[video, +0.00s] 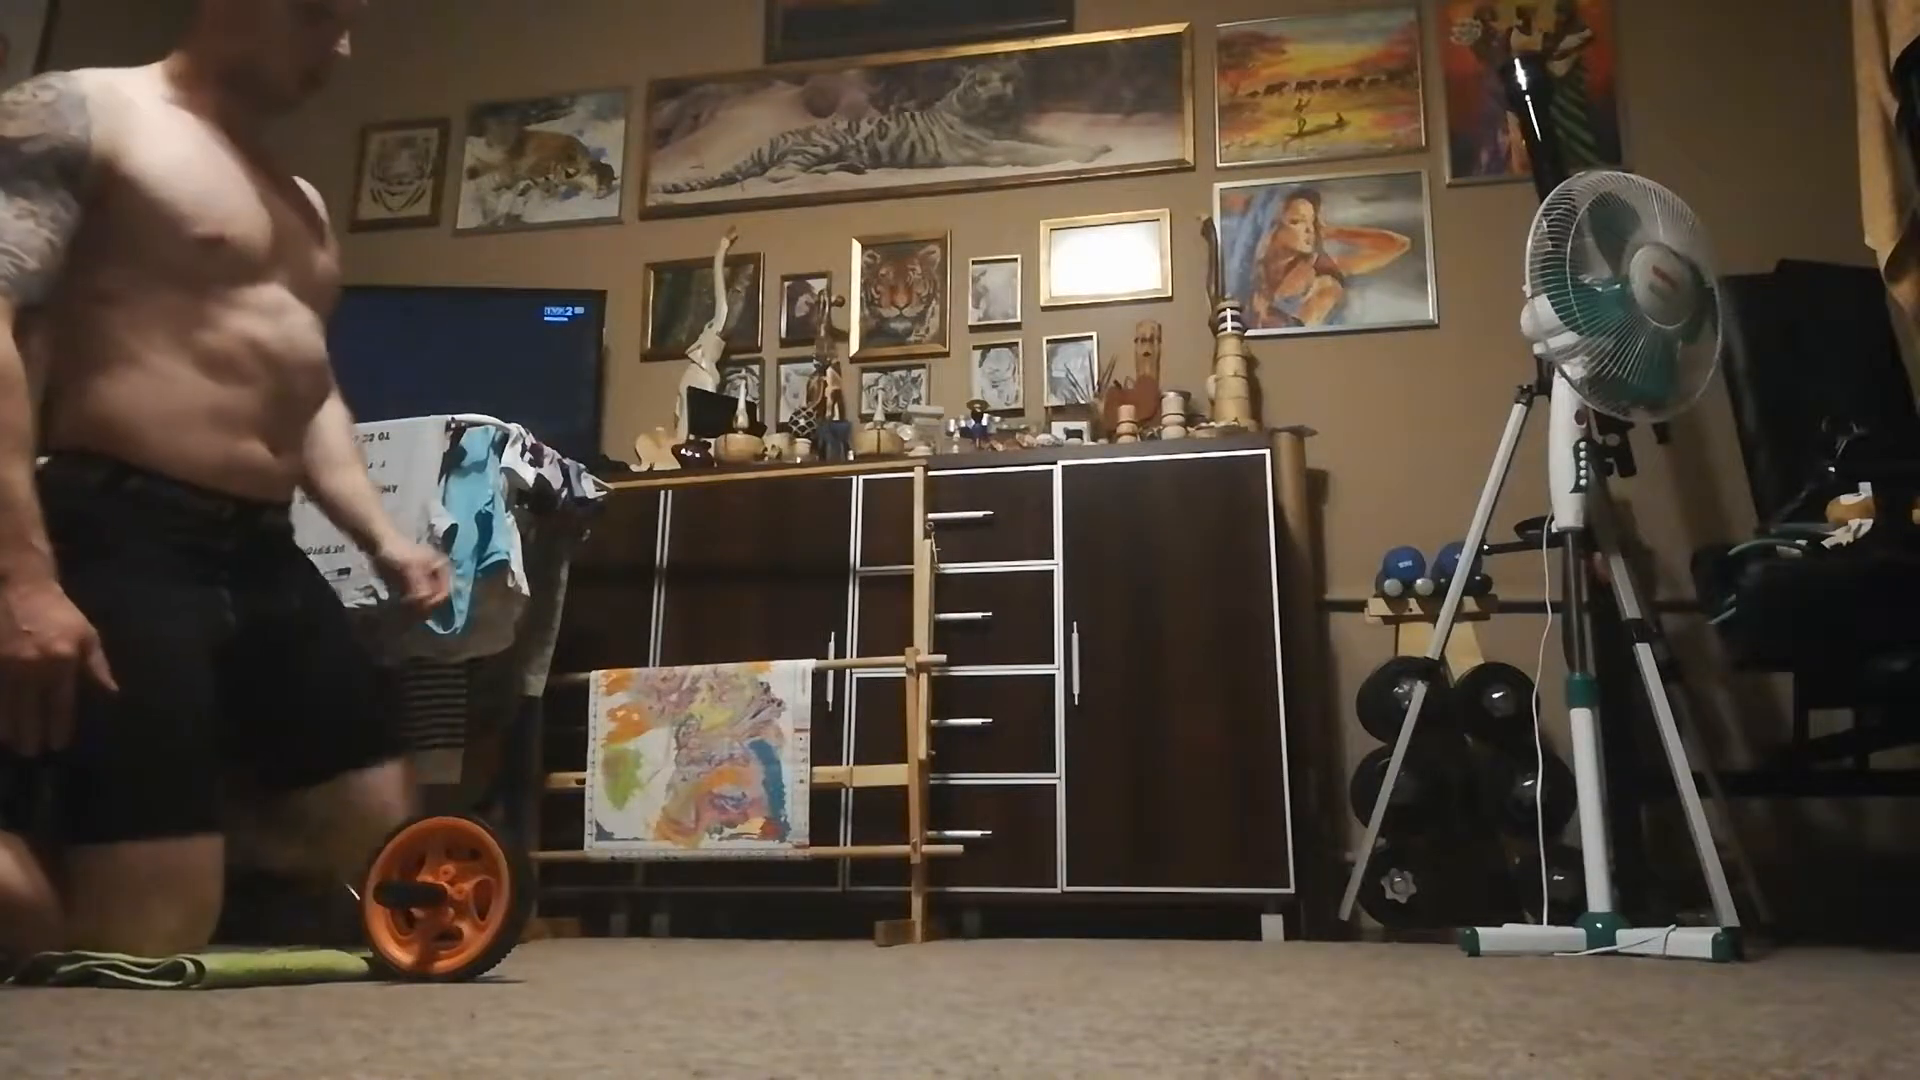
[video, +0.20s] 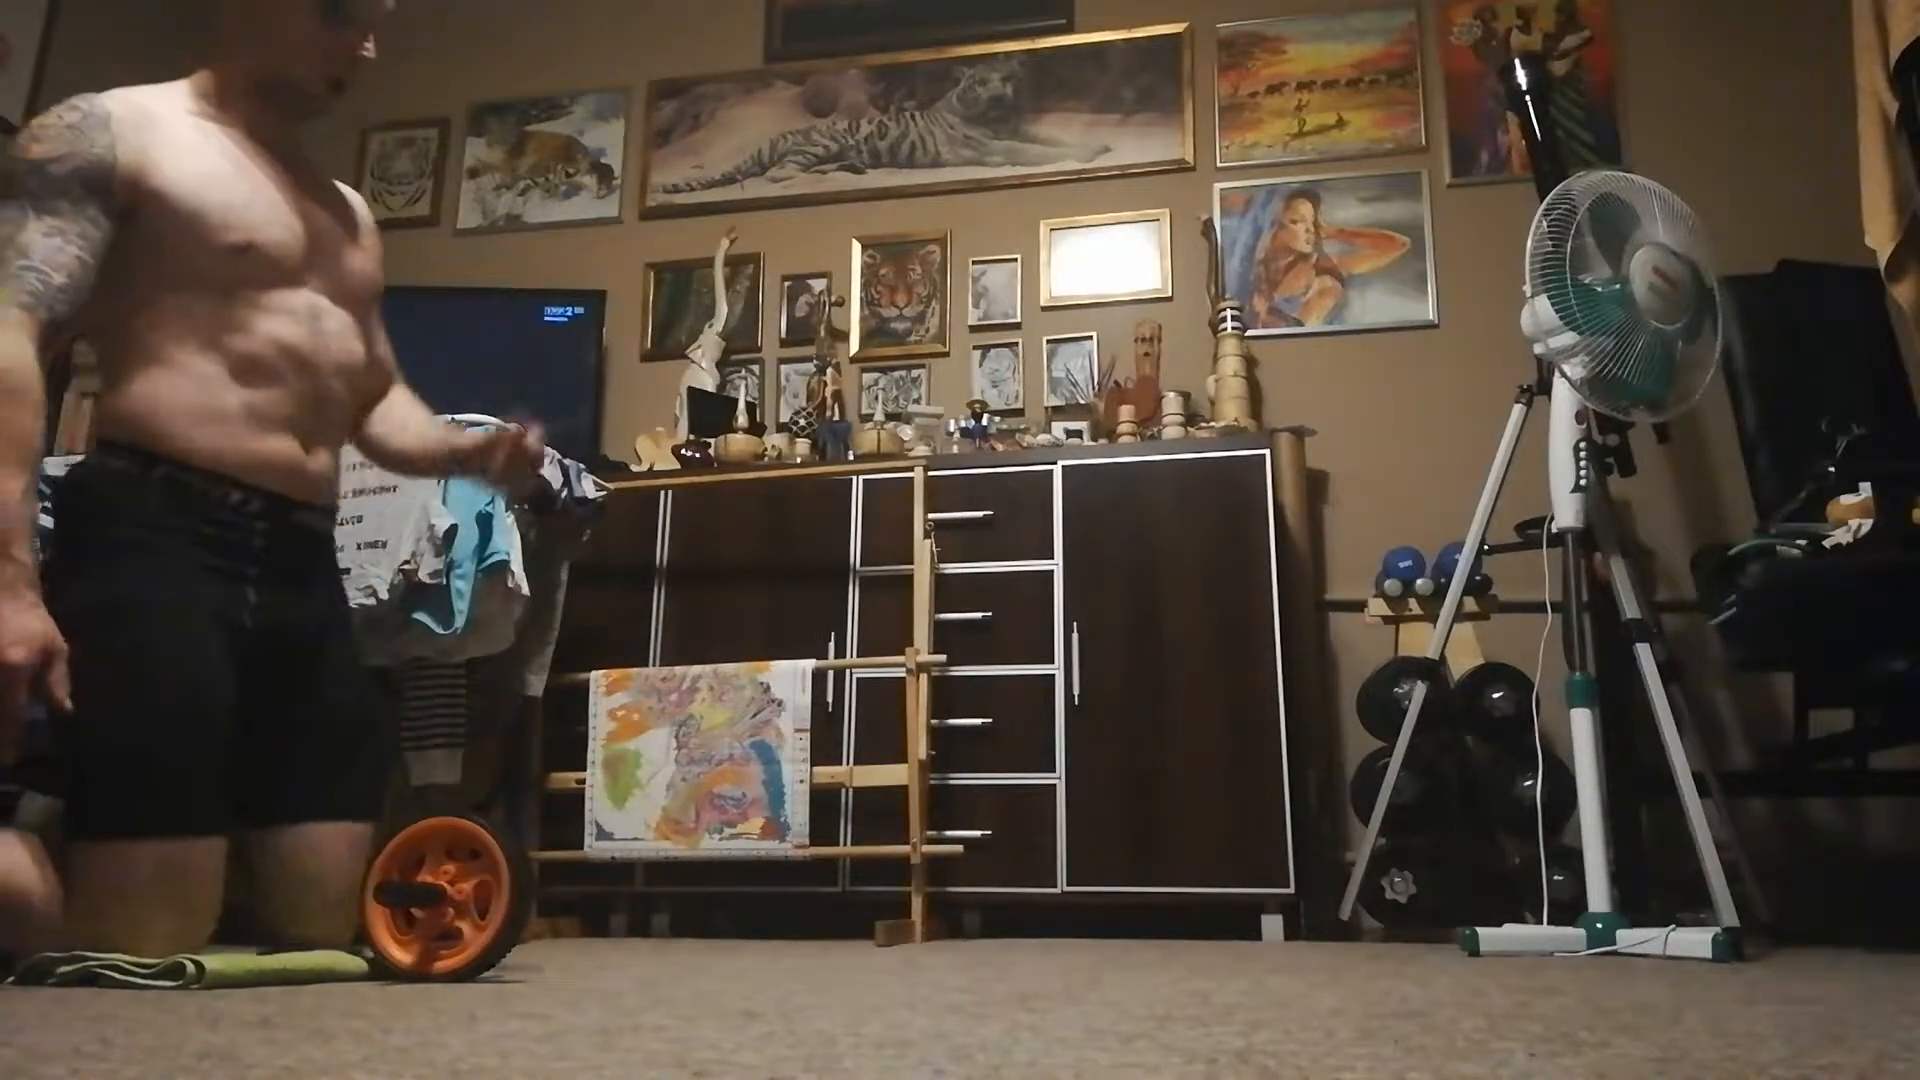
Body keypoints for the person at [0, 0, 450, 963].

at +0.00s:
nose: (341, 50)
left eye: (346, 26)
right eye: (325, 16)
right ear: (237, 7)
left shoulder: (305, 201)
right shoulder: (78, 109)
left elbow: (308, 393)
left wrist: (389, 540)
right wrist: (22, 577)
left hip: (266, 553)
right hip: (120, 540)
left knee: (363, 822)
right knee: (152, 923)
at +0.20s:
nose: (366, 50)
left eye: (372, 27)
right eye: (346, 18)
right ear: (263, 9)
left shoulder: (348, 211)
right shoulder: (111, 128)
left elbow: (378, 399)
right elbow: (15, 338)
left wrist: (472, 447)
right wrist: (12, 584)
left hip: (303, 563)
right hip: (152, 539)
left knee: (319, 922)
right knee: (145, 936)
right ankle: (0, 845)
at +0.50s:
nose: (480, 123)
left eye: (494, 104)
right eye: (462, 88)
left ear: (499, 112)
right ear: (376, 47)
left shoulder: (443, 288)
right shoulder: (228, 164)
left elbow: (528, 437)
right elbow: (112, 335)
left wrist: (539, 277)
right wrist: (137, 544)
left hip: (357, 592)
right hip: (218, 545)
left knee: (328, 938)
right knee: (165, 925)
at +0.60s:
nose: (523, 160)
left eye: (536, 139)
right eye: (508, 125)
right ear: (429, 89)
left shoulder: (464, 304)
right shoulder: (270, 176)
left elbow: (558, 434)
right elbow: (133, 332)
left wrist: (544, 271)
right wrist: (179, 529)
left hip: (368, 599)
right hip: (238, 553)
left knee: (332, 935)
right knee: (163, 931)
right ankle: (3, 794)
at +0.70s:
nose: (546, 179)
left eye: (560, 161)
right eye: (535, 144)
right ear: (455, 101)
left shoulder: (476, 310)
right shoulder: (293, 176)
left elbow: (566, 451)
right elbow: (154, 324)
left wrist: (551, 283)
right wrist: (207, 519)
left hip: (374, 602)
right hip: (244, 552)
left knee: (334, 932)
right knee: (172, 923)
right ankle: (6, 779)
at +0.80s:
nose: (551, 178)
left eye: (565, 159)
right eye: (541, 143)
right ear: (461, 100)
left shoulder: (481, 308)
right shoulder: (301, 173)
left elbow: (556, 466)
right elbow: (162, 317)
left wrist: (552, 297)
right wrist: (219, 510)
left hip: (374, 601)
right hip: (250, 551)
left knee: (333, 934)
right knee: (191, 921)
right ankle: (8, 796)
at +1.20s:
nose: (510, 157)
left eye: (529, 134)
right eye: (498, 116)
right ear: (416, 69)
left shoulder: (463, 303)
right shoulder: (242, 182)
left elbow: (482, 498)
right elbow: (173, 406)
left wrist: (533, 647)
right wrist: (279, 632)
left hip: (301, 601)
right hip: (158, 574)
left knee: (332, 926)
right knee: (182, 921)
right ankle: (7, 841)